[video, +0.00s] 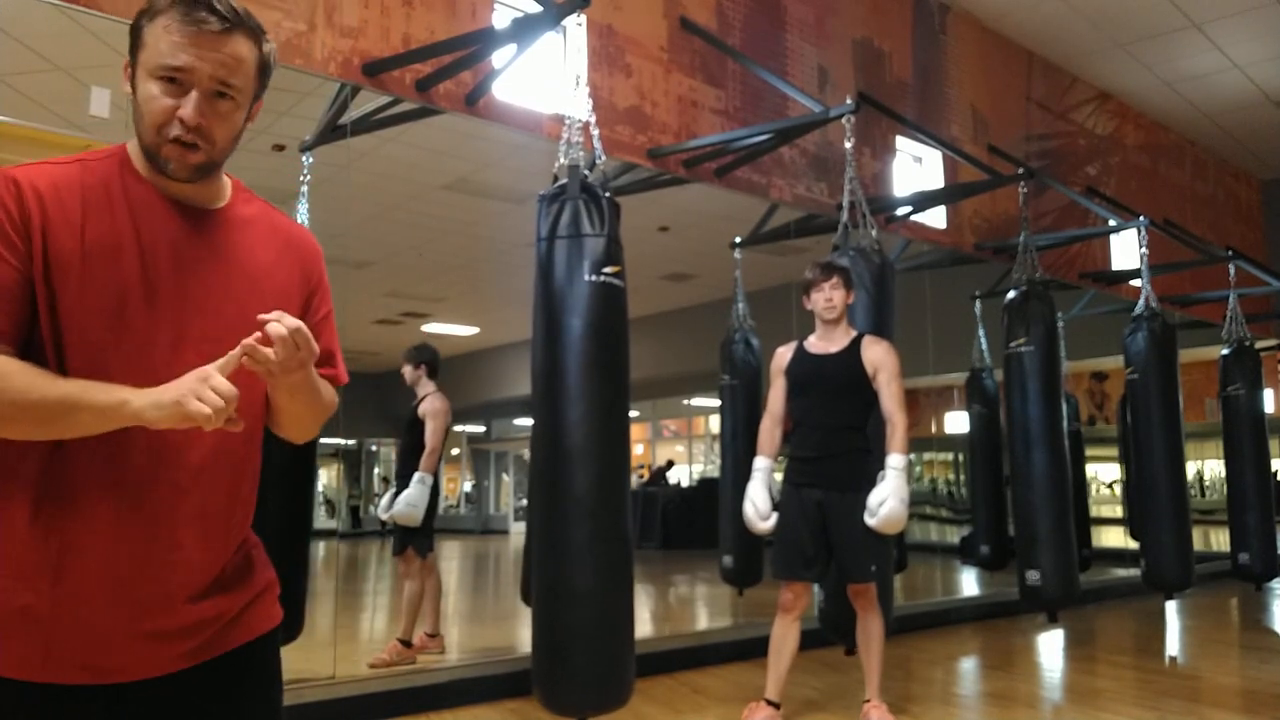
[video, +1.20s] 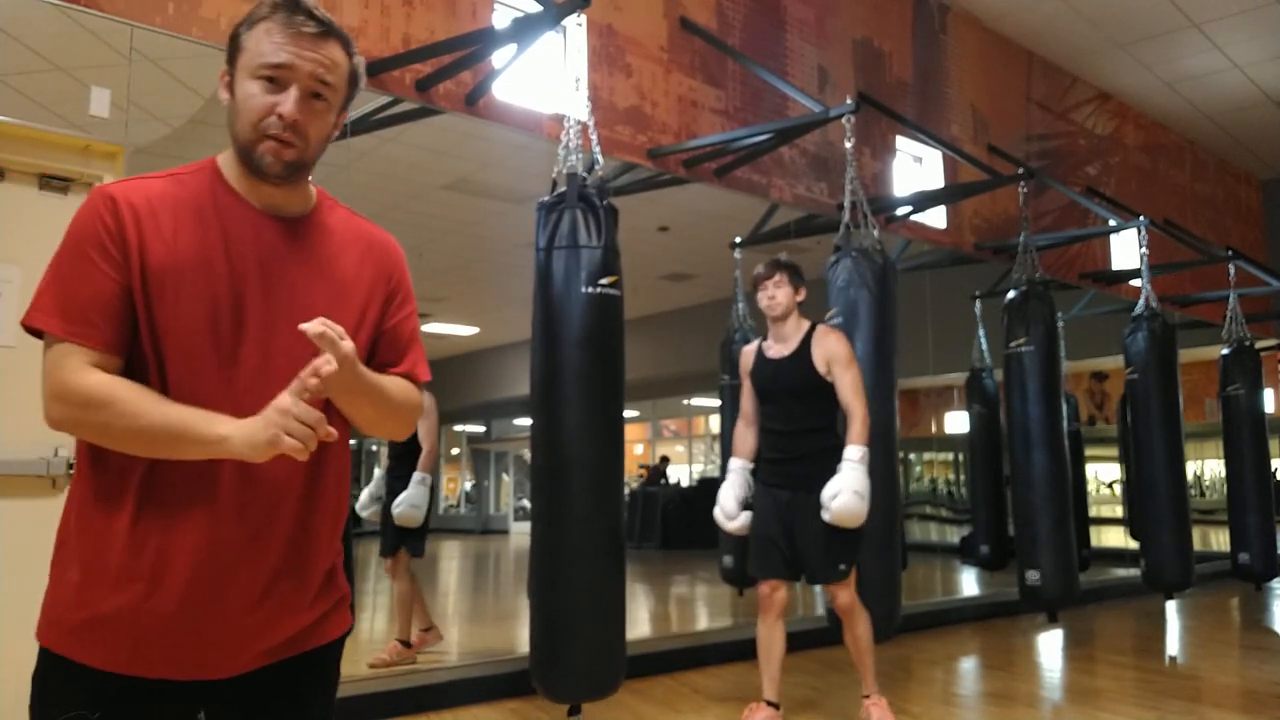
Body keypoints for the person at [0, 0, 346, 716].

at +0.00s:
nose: (189, 114)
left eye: (221, 95)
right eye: (171, 83)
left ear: (251, 111)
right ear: (130, 80)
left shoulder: (289, 251)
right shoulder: (25, 204)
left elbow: (302, 428)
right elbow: (1, 381)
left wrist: (295, 377)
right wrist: (138, 404)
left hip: (219, 648)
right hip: (40, 651)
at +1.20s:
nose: (289, 110)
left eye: (317, 95)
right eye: (271, 80)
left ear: (339, 120)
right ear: (227, 84)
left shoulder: (375, 258)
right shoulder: (126, 213)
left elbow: (402, 420)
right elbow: (69, 391)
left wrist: (353, 382)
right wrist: (236, 434)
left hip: (290, 647)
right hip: (116, 638)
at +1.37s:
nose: (300, 112)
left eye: (328, 97)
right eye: (283, 82)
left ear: (349, 120)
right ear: (238, 84)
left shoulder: (378, 255)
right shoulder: (129, 209)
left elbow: (410, 416)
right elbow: (62, 385)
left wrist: (340, 369)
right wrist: (231, 418)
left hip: (293, 649)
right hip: (116, 640)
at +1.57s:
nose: (250, 93)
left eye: (276, 77)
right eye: (229, 65)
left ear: (300, 103)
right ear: (183, 72)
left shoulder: (344, 244)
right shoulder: (76, 215)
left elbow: (399, 404)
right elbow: (6, 373)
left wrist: (323, 341)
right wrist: (133, 378)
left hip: (289, 650)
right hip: (96, 648)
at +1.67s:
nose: (197, 76)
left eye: (224, 60)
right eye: (174, 51)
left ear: (255, 88)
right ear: (132, 67)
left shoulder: (320, 233)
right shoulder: (40, 219)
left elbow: (397, 389)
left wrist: (326, 353)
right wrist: (72, 347)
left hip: (286, 645)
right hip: (83, 648)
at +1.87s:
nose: (109, 58)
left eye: (136, 36)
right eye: (84, 36)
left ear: (185, 65)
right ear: (58, 65)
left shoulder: (293, 205)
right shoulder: (26, 227)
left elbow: (389, 343)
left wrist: (377, 421)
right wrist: (4, 301)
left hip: (270, 643)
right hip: (75, 643)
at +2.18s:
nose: (93, 67)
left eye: (122, 45)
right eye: (69, 41)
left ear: (172, 68)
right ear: (43, 61)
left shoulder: (278, 201)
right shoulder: (10, 222)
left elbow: (372, 349)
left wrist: (276, 416)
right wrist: (10, 393)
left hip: (263, 640)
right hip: (68, 644)